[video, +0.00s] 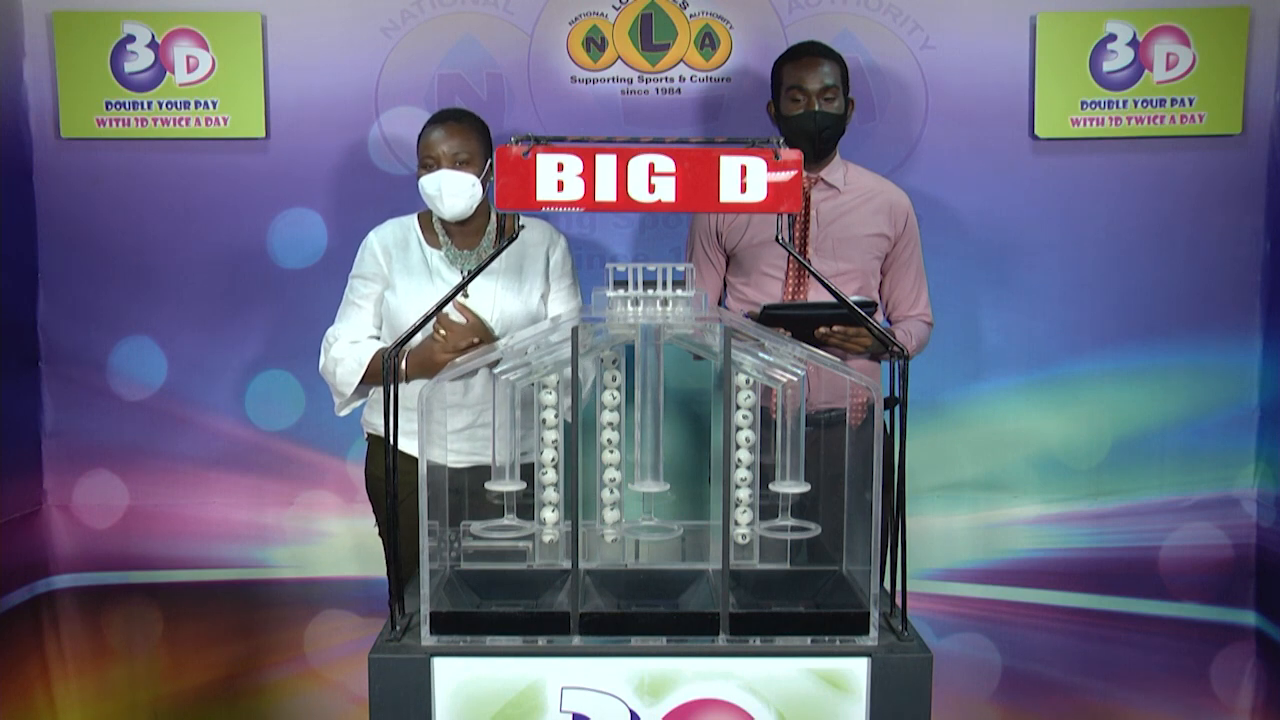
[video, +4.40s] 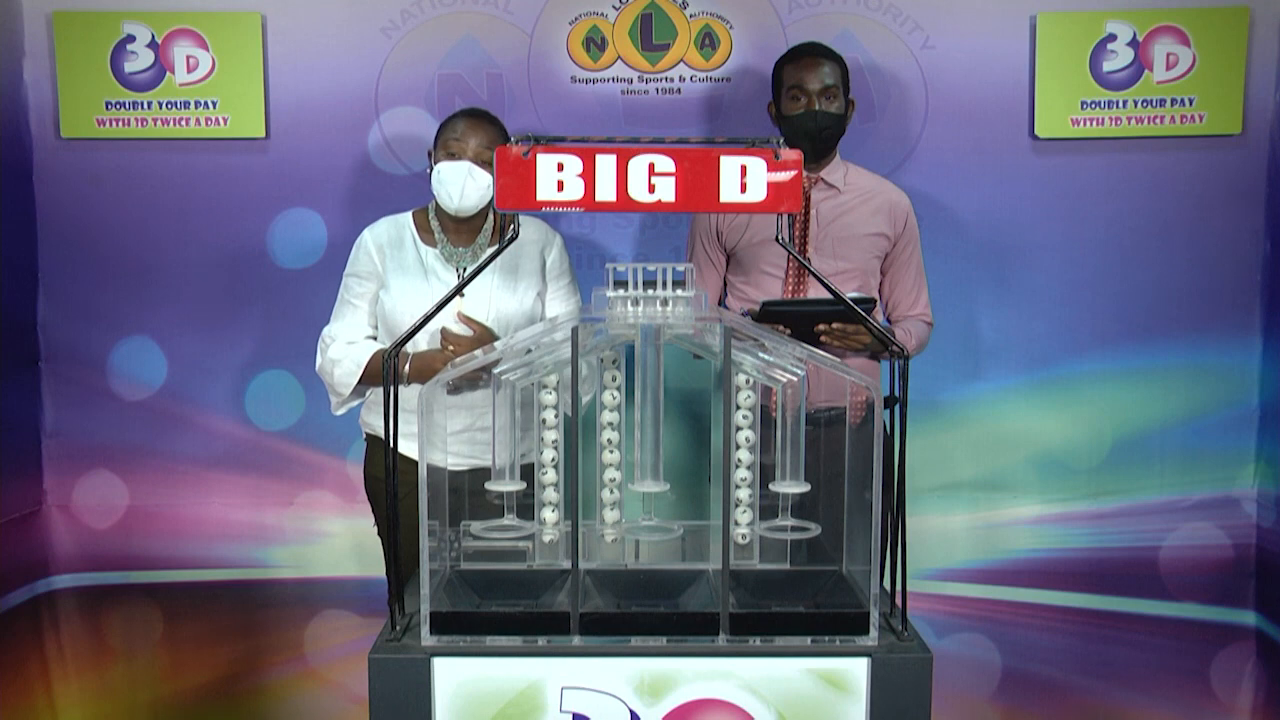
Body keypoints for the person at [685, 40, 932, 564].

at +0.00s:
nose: (813, 108)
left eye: (828, 94)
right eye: (796, 95)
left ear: (848, 108)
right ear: (774, 109)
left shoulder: (888, 204)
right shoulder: (726, 200)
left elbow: (914, 320)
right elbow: (696, 318)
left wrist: (876, 342)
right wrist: (760, 340)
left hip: (843, 416)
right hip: (751, 416)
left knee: (844, 581)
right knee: (753, 579)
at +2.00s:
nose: (814, 107)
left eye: (829, 94)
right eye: (797, 95)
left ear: (848, 108)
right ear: (775, 109)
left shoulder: (888, 205)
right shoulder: (727, 200)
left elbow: (914, 320)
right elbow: (696, 316)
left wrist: (876, 340)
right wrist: (757, 335)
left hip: (843, 415)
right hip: (752, 414)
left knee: (844, 578)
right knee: (753, 576)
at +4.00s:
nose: (813, 107)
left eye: (829, 94)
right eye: (796, 94)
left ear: (848, 108)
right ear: (774, 109)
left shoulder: (888, 205)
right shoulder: (727, 200)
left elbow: (915, 321)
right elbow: (695, 317)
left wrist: (876, 340)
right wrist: (755, 334)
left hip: (843, 417)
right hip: (751, 416)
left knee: (844, 580)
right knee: (753, 579)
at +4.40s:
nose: (813, 107)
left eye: (828, 94)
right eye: (796, 95)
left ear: (847, 108)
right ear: (775, 109)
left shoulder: (888, 204)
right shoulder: (727, 201)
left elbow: (914, 320)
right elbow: (696, 317)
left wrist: (877, 339)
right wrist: (754, 330)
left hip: (843, 416)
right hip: (751, 416)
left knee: (844, 578)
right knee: (752, 577)